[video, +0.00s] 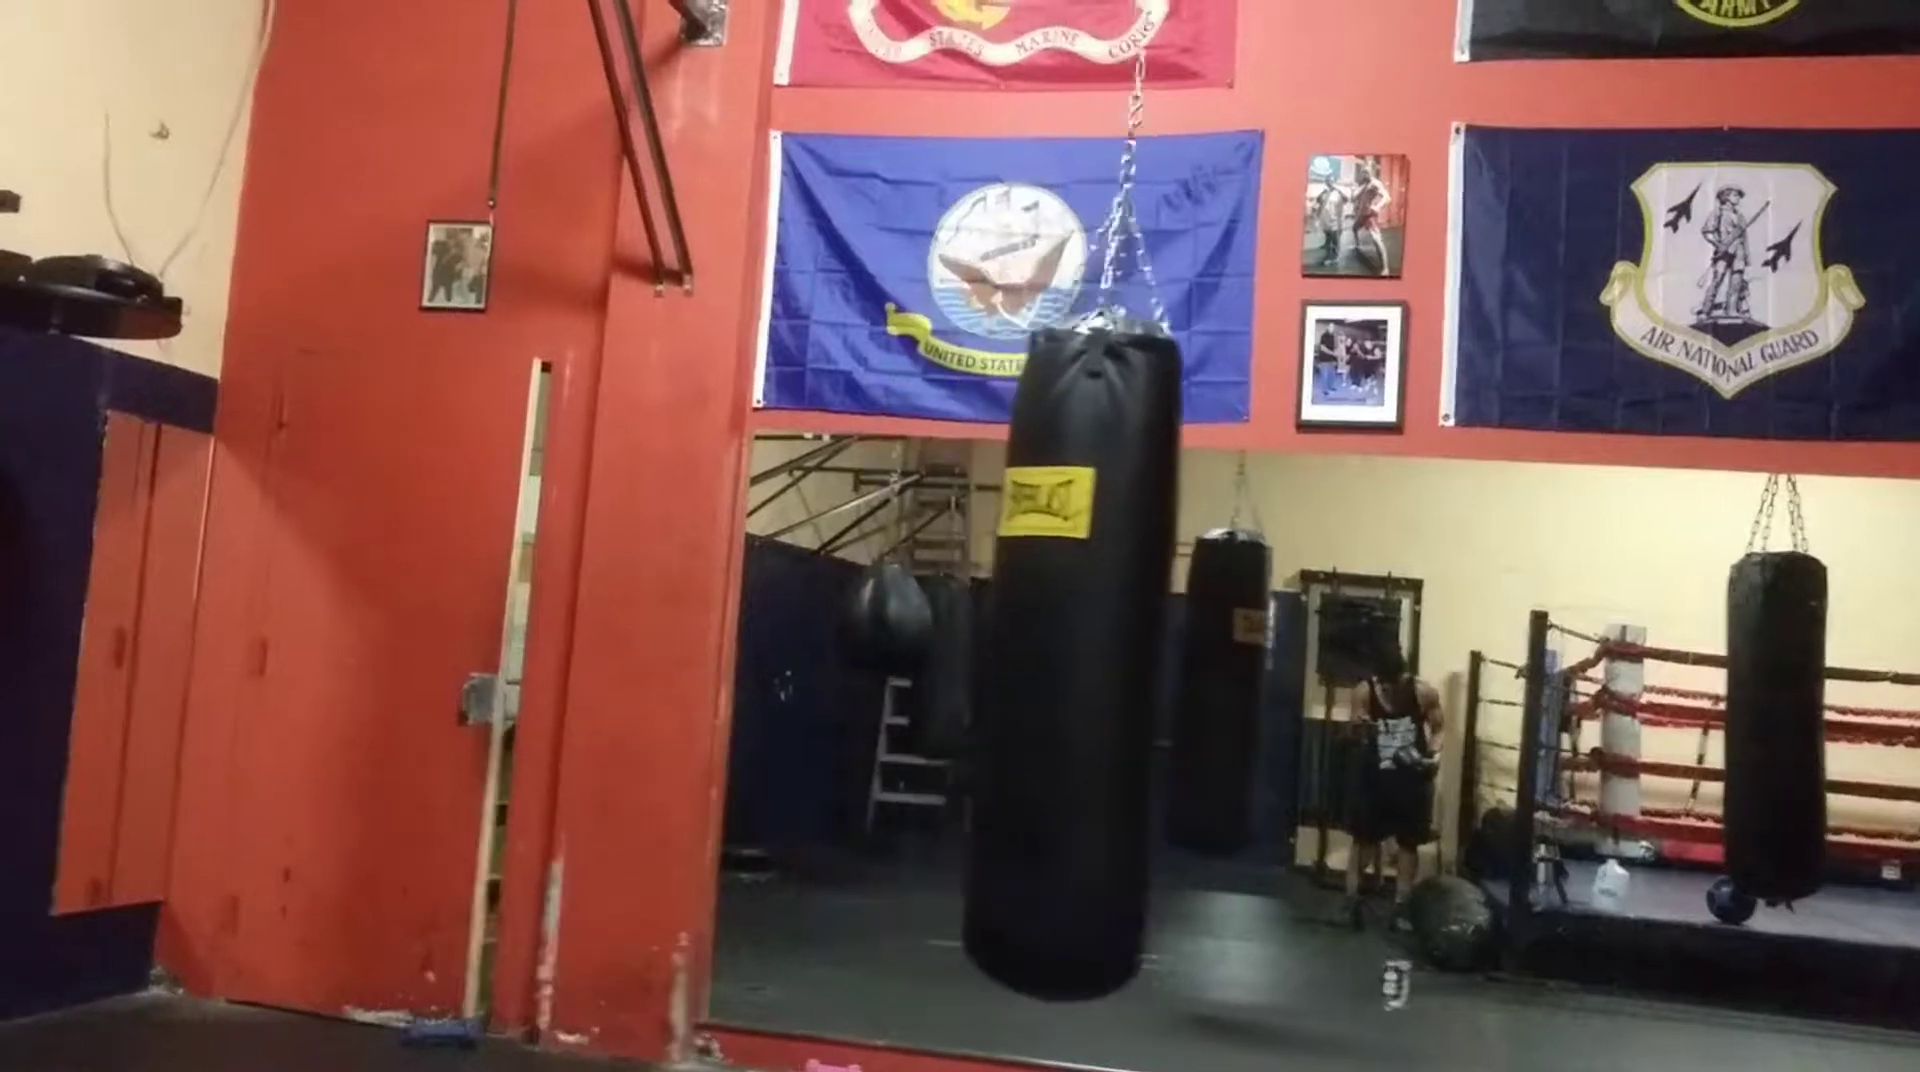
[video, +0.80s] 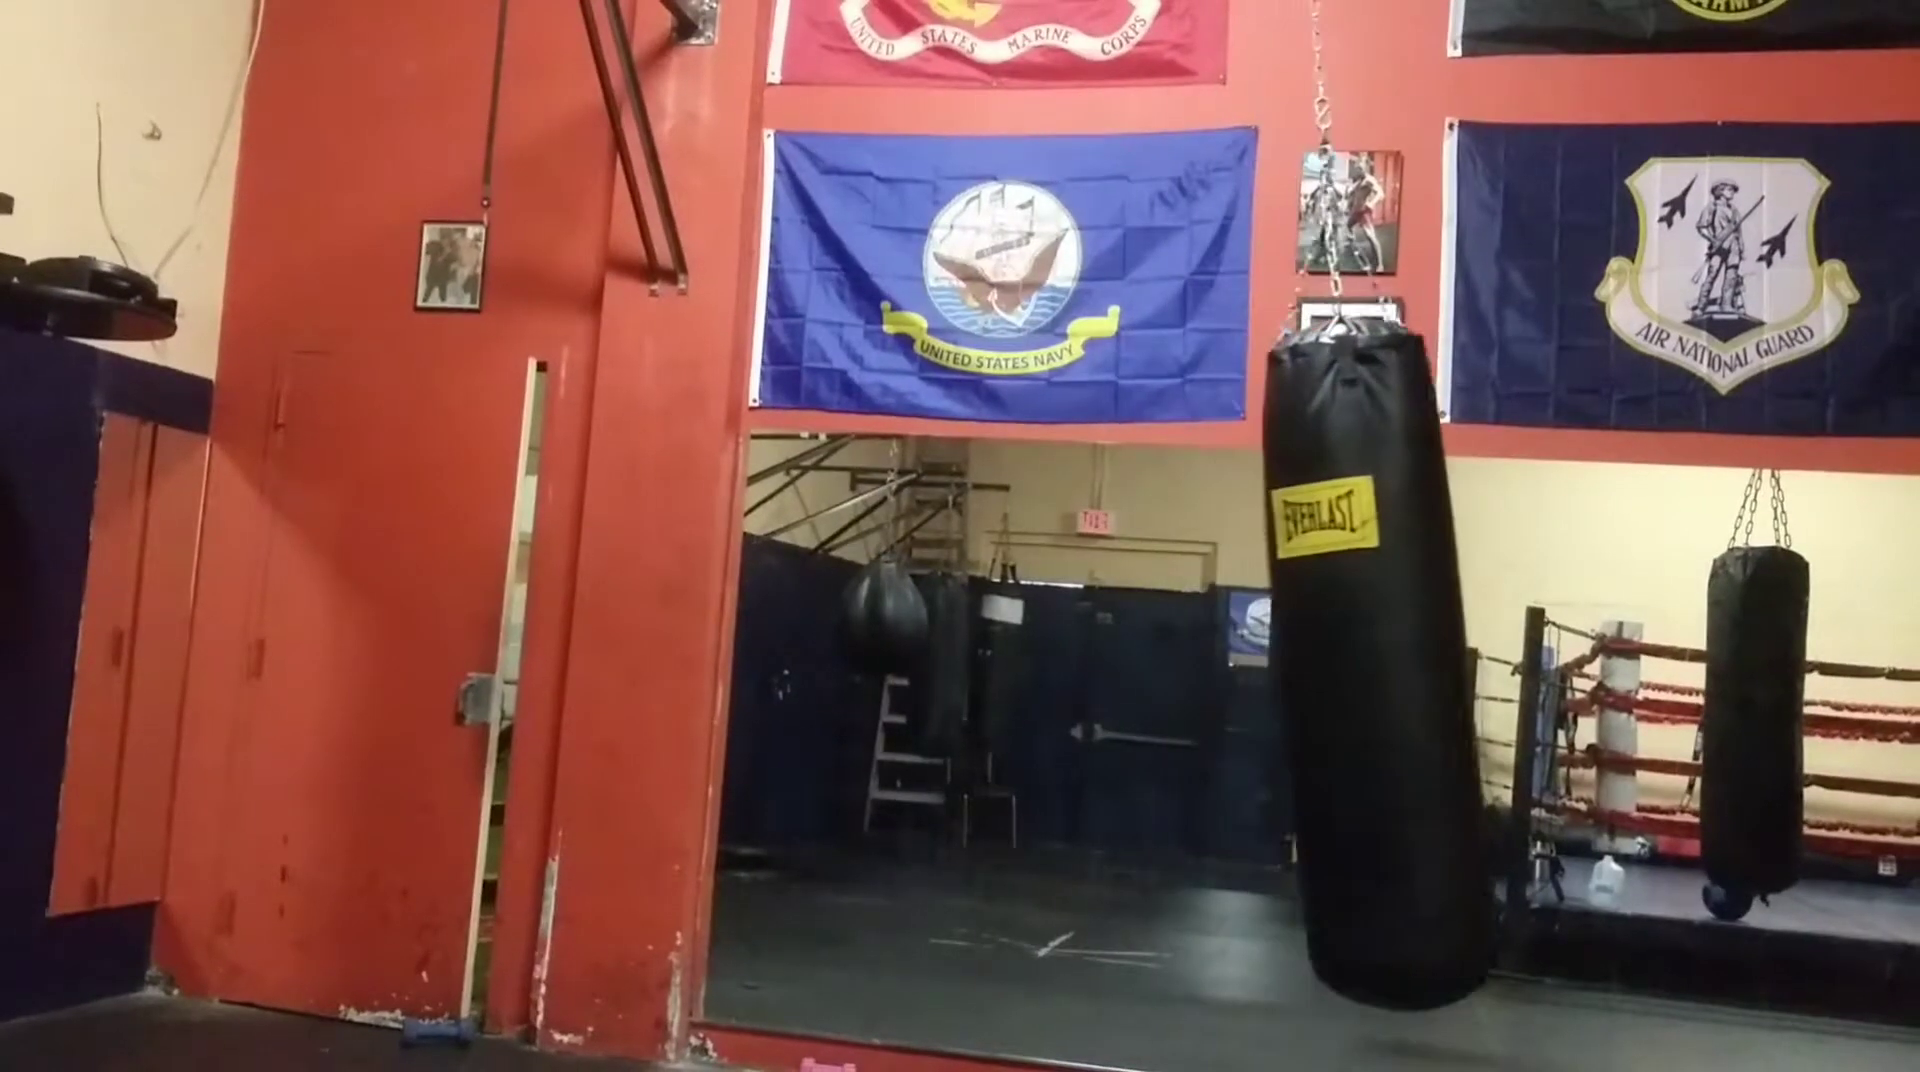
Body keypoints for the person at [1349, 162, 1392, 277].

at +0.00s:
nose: (1364, 175)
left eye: (1366, 173)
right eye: (1362, 173)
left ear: (1370, 174)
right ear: (1361, 174)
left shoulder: (1375, 184)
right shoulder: (1360, 185)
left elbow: (1386, 197)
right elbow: (1353, 196)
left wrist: (1376, 207)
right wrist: (1364, 187)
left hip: (1370, 215)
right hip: (1360, 215)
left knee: (1377, 239)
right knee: (1354, 228)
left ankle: (1385, 268)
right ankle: (1357, 247)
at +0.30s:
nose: (1352, 169)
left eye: (1355, 166)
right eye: (1352, 167)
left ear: (1361, 167)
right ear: (1354, 168)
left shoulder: (1369, 178)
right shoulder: (1355, 181)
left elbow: (1380, 191)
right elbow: (1349, 193)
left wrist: (1370, 201)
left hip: (1365, 208)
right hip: (1355, 208)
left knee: (1370, 232)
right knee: (1350, 224)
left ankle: (1380, 261)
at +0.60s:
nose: (1356, 171)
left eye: (1359, 168)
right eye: (1355, 169)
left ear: (1364, 169)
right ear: (1356, 170)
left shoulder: (1369, 180)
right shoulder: (1356, 183)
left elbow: (1381, 193)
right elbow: (1348, 195)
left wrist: (1371, 204)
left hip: (1365, 210)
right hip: (1356, 210)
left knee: (1371, 235)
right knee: (1350, 226)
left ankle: (1380, 264)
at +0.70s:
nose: (1355, 171)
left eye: (1358, 168)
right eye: (1354, 168)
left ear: (1363, 169)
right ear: (1354, 170)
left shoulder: (1370, 180)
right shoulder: (1356, 184)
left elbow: (1381, 194)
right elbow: (1348, 196)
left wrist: (1372, 204)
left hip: (1365, 211)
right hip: (1355, 212)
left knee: (1371, 235)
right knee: (1350, 226)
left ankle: (1380, 264)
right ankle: (1352, 243)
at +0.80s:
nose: (1353, 171)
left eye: (1355, 167)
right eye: (1352, 168)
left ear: (1362, 168)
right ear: (1354, 169)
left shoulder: (1368, 180)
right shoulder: (1355, 183)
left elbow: (1379, 193)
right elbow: (1349, 196)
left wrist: (1370, 203)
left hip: (1364, 211)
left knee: (1370, 236)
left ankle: (1379, 264)